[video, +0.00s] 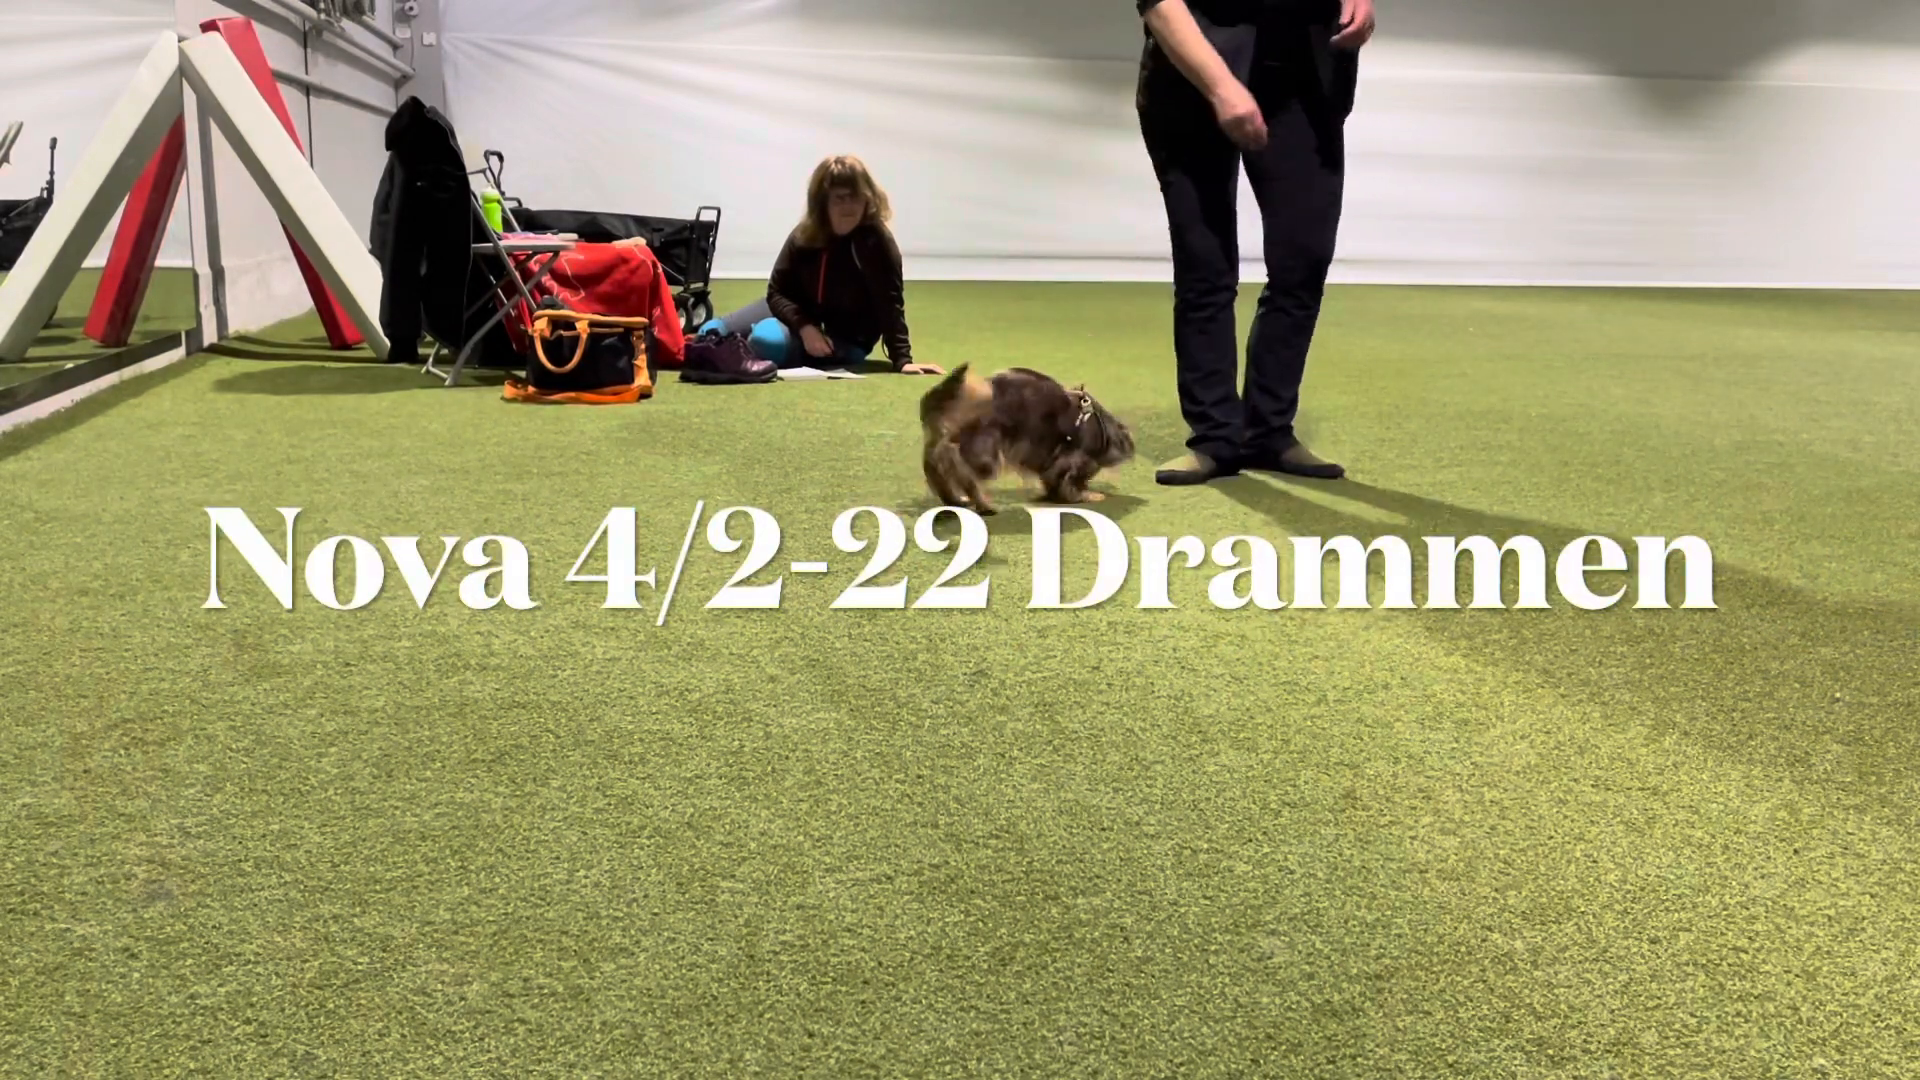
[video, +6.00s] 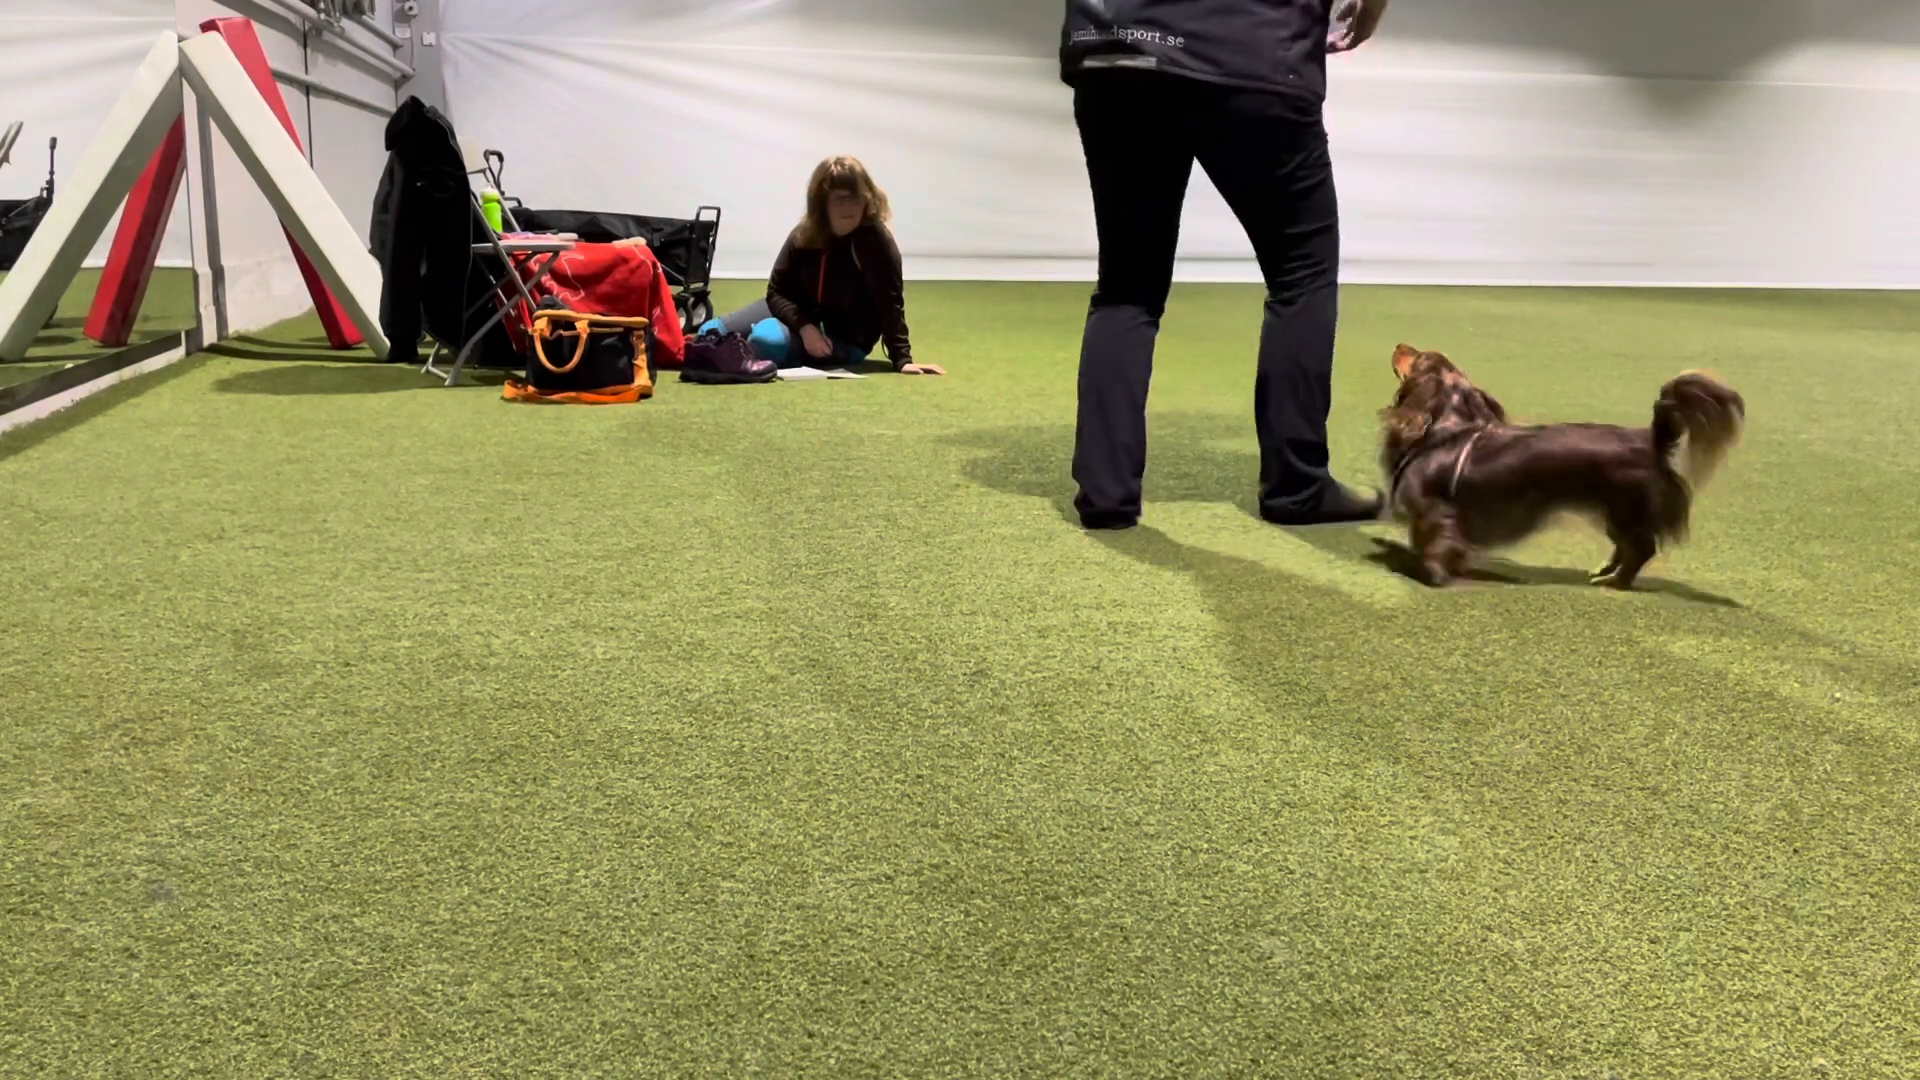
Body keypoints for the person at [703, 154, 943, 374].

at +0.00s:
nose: (848, 205)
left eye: (855, 196)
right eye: (839, 197)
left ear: (867, 200)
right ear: (822, 201)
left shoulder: (878, 242)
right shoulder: (804, 237)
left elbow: (891, 302)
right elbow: (777, 293)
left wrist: (903, 361)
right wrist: (804, 327)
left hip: (841, 338)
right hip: (794, 313)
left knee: (764, 338)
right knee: (712, 332)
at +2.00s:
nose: (848, 206)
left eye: (855, 197)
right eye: (839, 198)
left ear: (867, 200)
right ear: (823, 202)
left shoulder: (879, 243)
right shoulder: (804, 237)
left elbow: (892, 302)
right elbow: (777, 292)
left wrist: (902, 360)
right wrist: (804, 328)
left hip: (843, 337)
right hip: (796, 313)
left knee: (764, 337)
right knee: (715, 330)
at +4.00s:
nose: (847, 205)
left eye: (854, 197)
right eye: (838, 198)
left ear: (866, 200)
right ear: (822, 202)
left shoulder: (877, 242)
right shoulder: (804, 237)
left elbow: (891, 302)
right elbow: (777, 292)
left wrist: (902, 360)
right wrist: (804, 328)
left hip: (842, 337)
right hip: (796, 313)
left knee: (765, 336)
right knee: (711, 332)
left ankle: (731, 345)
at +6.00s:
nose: (847, 205)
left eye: (855, 196)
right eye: (838, 198)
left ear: (866, 200)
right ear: (822, 201)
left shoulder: (877, 242)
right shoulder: (804, 237)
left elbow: (891, 302)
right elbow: (777, 292)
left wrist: (902, 360)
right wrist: (804, 327)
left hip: (842, 338)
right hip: (796, 313)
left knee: (765, 337)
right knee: (712, 331)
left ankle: (732, 346)